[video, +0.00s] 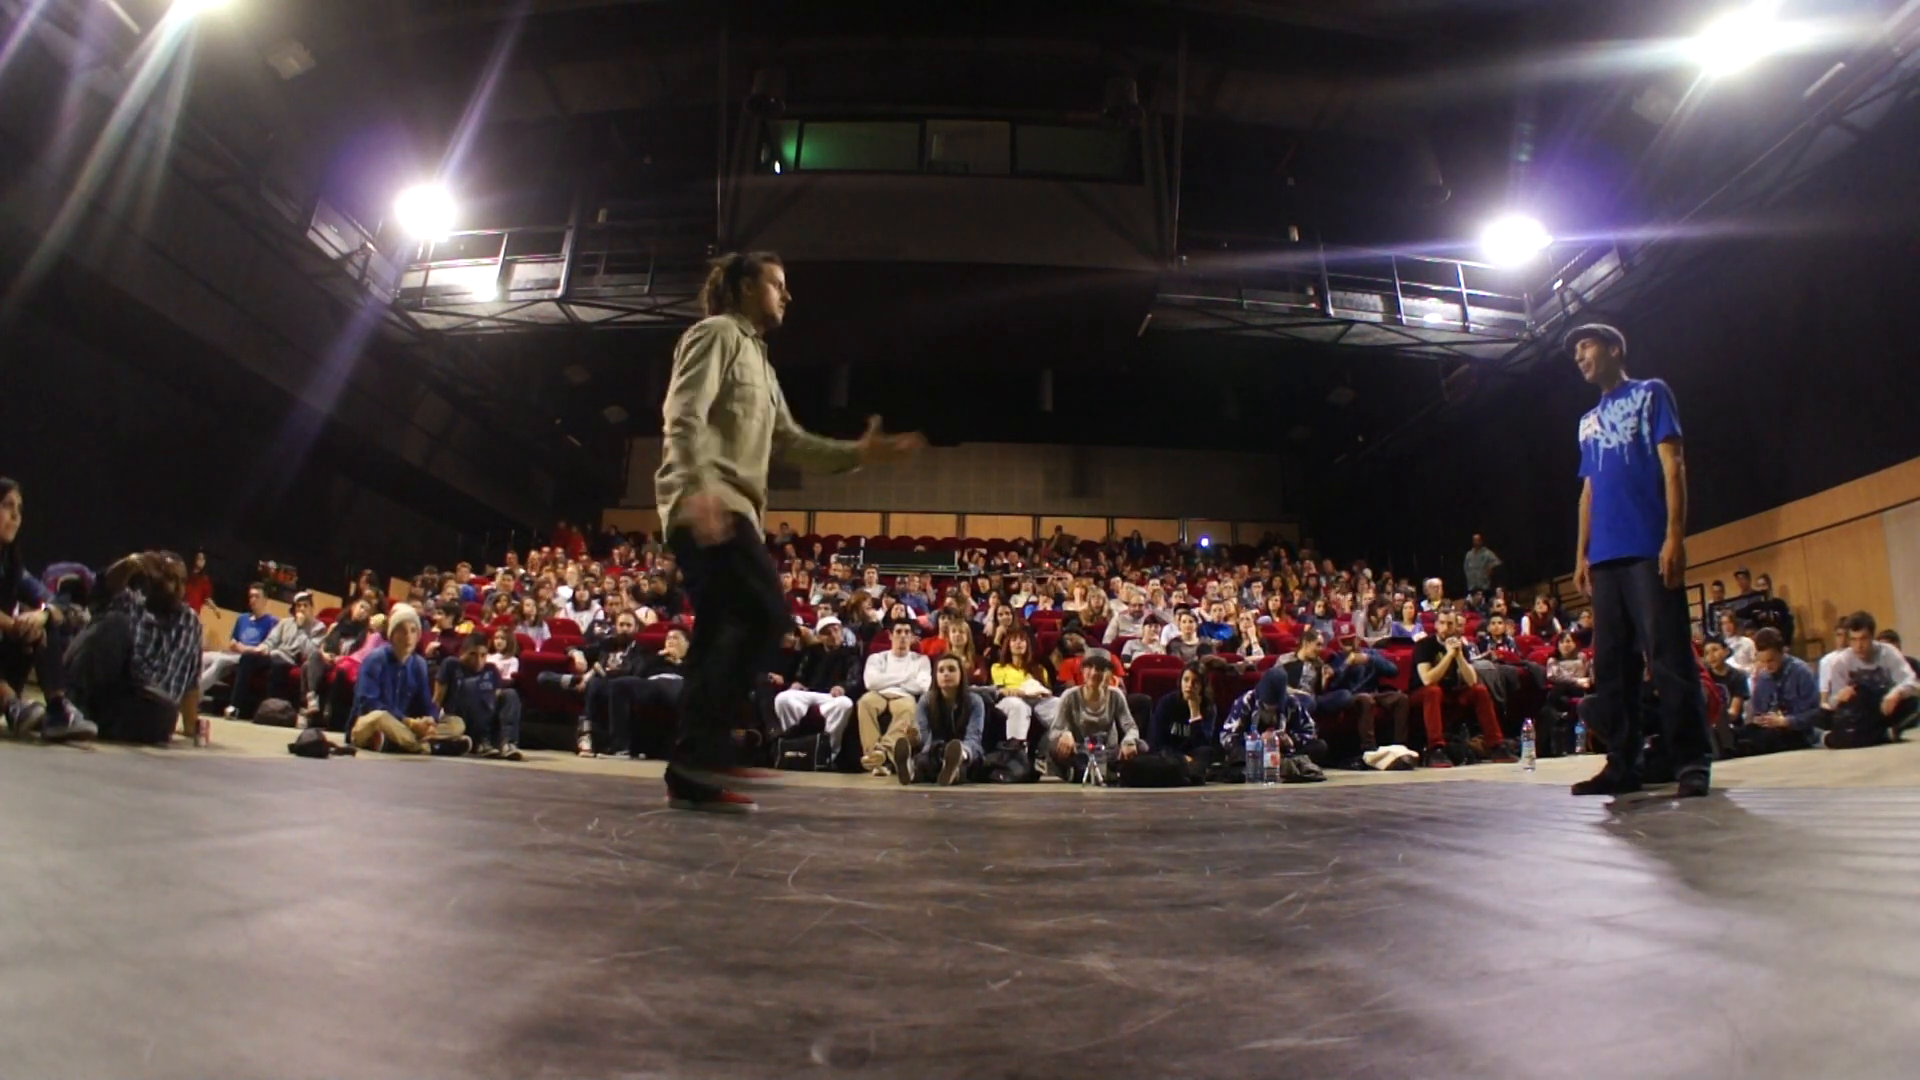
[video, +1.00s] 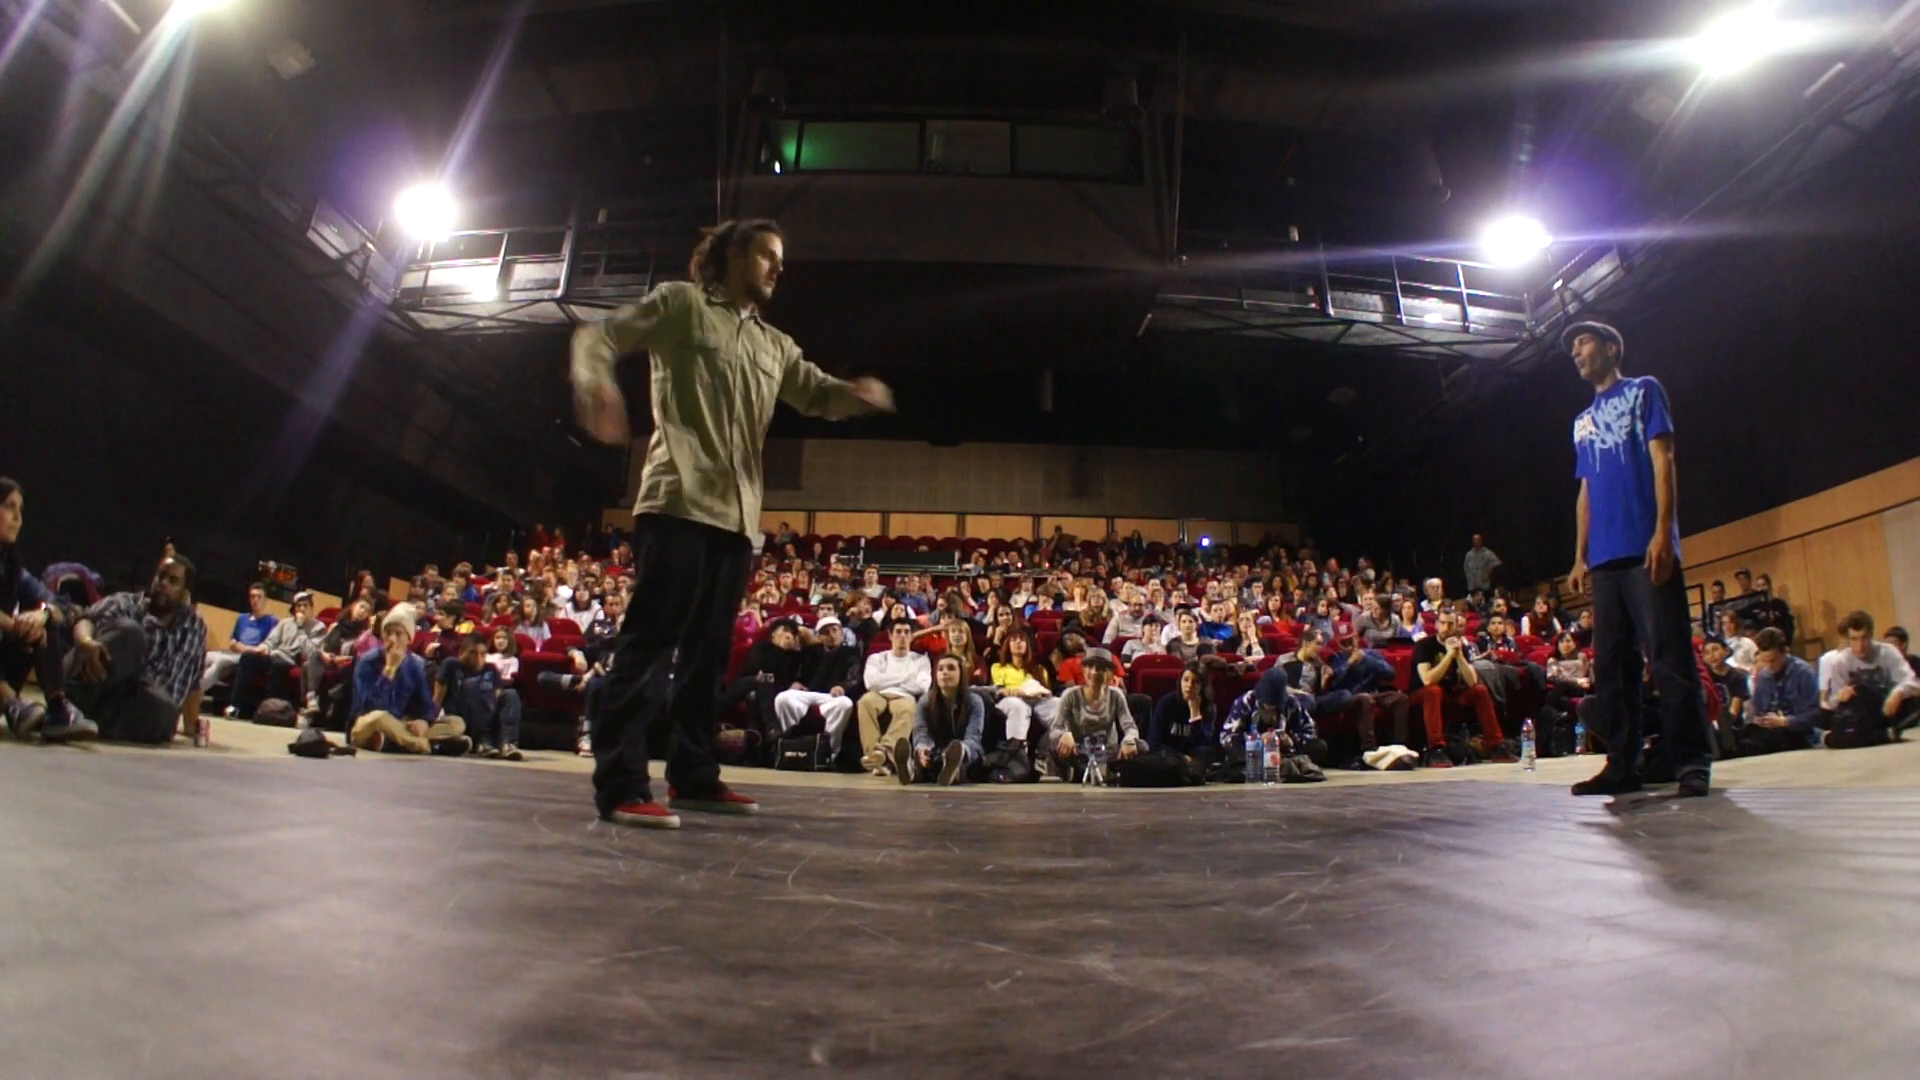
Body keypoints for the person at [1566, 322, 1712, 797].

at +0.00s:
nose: (1580, 358)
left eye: (1587, 348)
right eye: (1576, 353)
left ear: (1616, 349)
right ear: (1580, 365)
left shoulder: (1650, 393)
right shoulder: (1587, 422)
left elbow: (1673, 464)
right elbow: (1588, 490)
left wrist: (1675, 537)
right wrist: (1582, 553)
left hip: (1649, 551)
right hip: (1604, 560)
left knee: (1669, 661)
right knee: (1612, 665)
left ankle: (1691, 764)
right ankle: (1622, 764)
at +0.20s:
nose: (1576, 359)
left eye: (1583, 348)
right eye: (1573, 354)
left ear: (1613, 350)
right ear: (1578, 365)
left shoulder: (1649, 393)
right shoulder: (1585, 423)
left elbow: (1672, 463)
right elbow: (1588, 490)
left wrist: (1674, 534)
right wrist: (1580, 554)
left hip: (1648, 551)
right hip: (1603, 560)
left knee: (1668, 661)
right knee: (1612, 666)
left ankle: (1691, 765)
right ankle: (1622, 764)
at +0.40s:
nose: (1577, 355)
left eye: (1585, 345)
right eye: (1574, 351)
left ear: (1615, 350)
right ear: (1579, 363)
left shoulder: (1644, 390)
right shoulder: (1583, 422)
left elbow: (1668, 460)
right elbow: (1587, 491)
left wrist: (1672, 533)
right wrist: (1584, 556)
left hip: (1648, 550)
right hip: (1604, 560)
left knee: (1669, 661)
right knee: (1613, 666)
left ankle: (1691, 764)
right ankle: (1622, 764)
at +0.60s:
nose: (1573, 358)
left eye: (1581, 347)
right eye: (1571, 353)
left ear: (1610, 349)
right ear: (1578, 363)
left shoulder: (1644, 391)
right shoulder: (1584, 424)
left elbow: (1666, 459)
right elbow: (1588, 492)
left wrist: (1668, 530)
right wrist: (1584, 556)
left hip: (1647, 550)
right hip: (1604, 560)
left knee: (1670, 660)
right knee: (1613, 665)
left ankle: (1691, 764)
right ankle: (1622, 764)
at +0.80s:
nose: (1578, 356)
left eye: (1585, 346)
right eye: (1574, 352)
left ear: (1613, 349)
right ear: (1577, 363)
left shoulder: (1644, 391)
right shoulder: (1583, 423)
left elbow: (1665, 460)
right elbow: (1587, 491)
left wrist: (1665, 531)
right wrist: (1584, 556)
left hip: (1647, 551)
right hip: (1604, 561)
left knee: (1670, 661)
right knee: (1613, 667)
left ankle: (1692, 764)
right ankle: (1622, 766)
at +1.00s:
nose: (1576, 353)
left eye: (1584, 343)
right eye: (1572, 348)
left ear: (1613, 348)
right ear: (1577, 361)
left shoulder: (1643, 390)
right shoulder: (1582, 422)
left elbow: (1664, 460)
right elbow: (1585, 490)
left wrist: (1664, 532)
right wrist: (1580, 556)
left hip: (1647, 551)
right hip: (1604, 561)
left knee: (1670, 662)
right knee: (1613, 668)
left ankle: (1691, 764)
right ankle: (1622, 766)